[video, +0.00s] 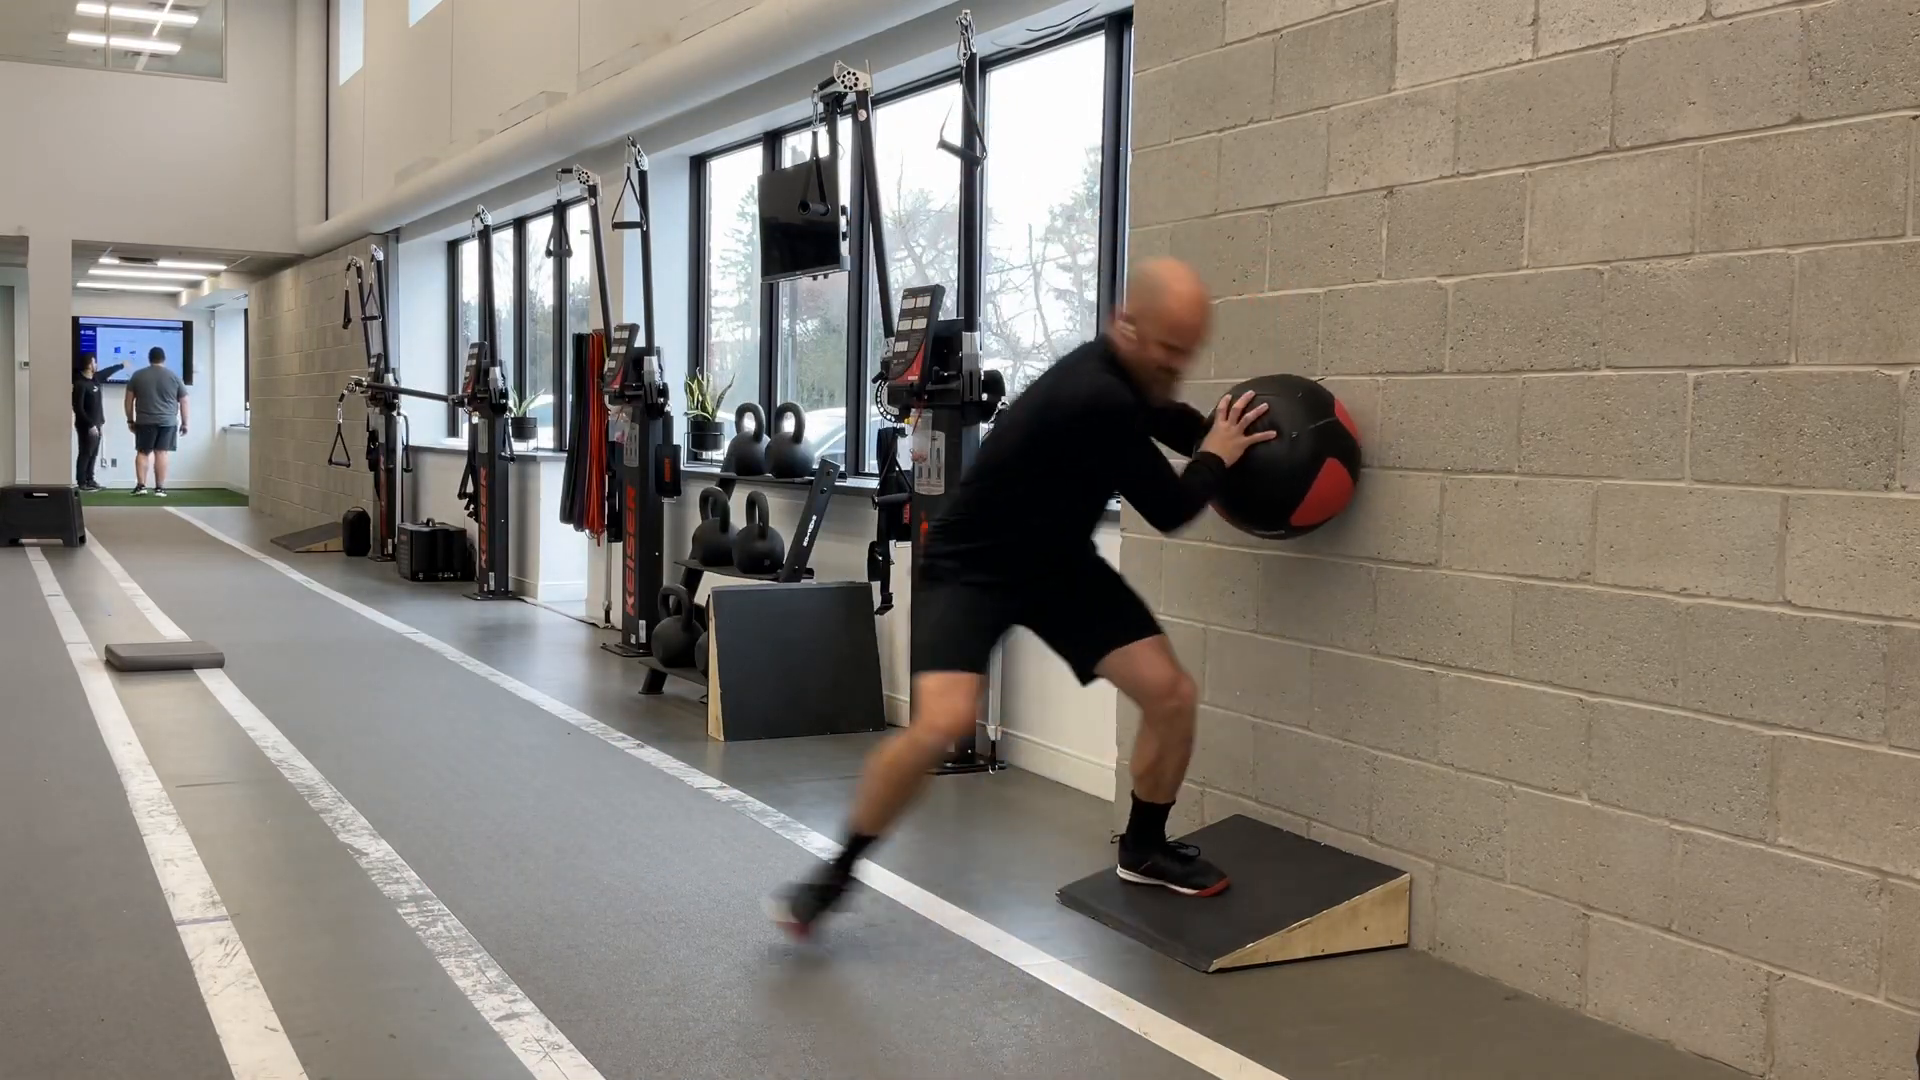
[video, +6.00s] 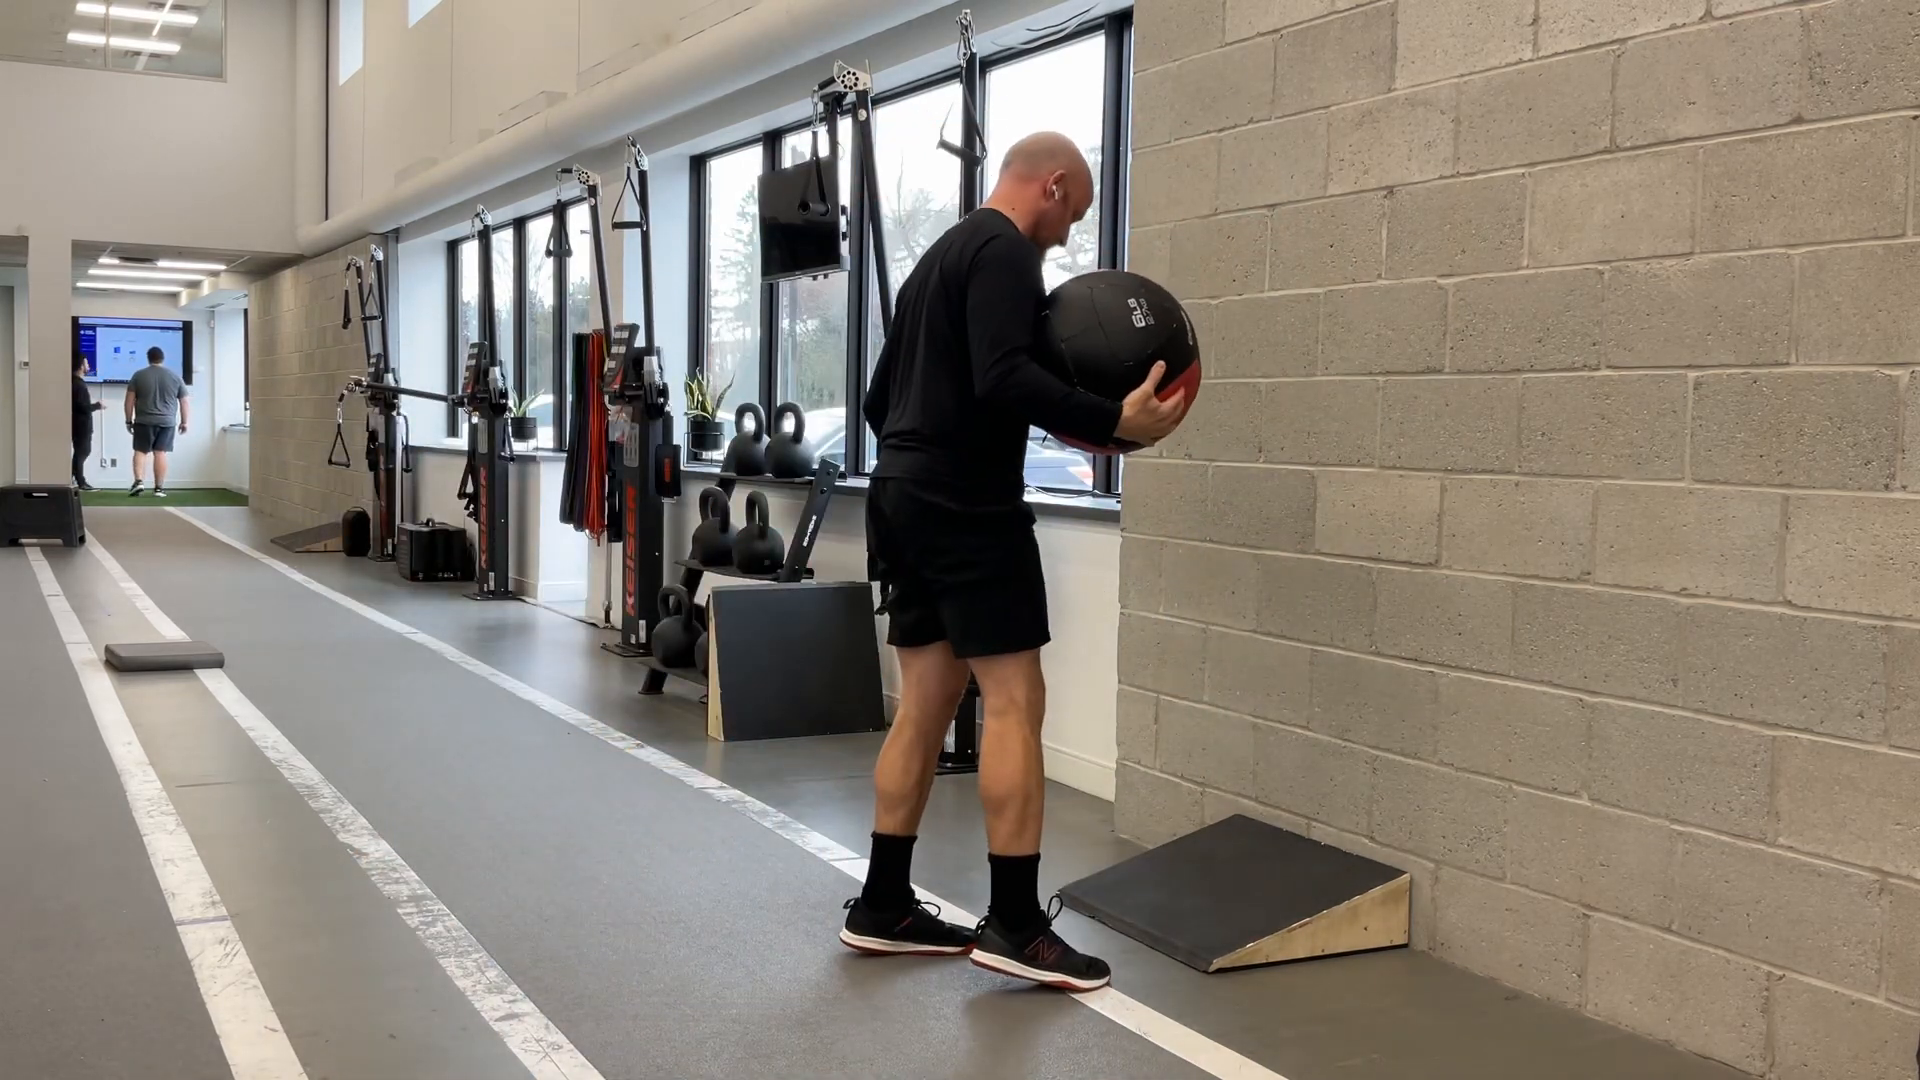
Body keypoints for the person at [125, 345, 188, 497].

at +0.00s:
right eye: (161, 358)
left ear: (149, 359)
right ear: (164, 359)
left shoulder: (138, 375)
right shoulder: (173, 377)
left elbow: (129, 399)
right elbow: (184, 400)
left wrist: (130, 420)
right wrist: (185, 423)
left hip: (145, 422)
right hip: (167, 423)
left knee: (143, 453)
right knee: (162, 452)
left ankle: (141, 485)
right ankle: (160, 487)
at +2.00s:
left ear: (153, 359)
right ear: (168, 359)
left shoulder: (143, 375)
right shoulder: (179, 377)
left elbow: (133, 399)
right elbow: (188, 402)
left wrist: (134, 420)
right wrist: (188, 423)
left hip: (149, 422)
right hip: (171, 423)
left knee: (147, 451)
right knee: (164, 453)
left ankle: (152, 471)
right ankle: (159, 488)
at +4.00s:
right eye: (163, 361)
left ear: (151, 362)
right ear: (166, 362)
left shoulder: (142, 377)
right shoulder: (176, 378)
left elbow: (133, 402)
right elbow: (190, 400)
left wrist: (138, 421)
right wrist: (191, 422)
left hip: (152, 423)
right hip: (174, 424)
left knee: (150, 453)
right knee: (166, 452)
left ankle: (158, 471)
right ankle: (162, 486)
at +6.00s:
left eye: (151, 358)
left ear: (148, 359)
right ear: (163, 359)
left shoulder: (139, 375)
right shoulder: (174, 377)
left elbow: (129, 399)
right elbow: (184, 400)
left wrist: (128, 420)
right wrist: (184, 421)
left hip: (144, 422)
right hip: (166, 423)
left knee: (140, 451)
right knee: (161, 452)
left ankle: (139, 481)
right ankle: (159, 488)